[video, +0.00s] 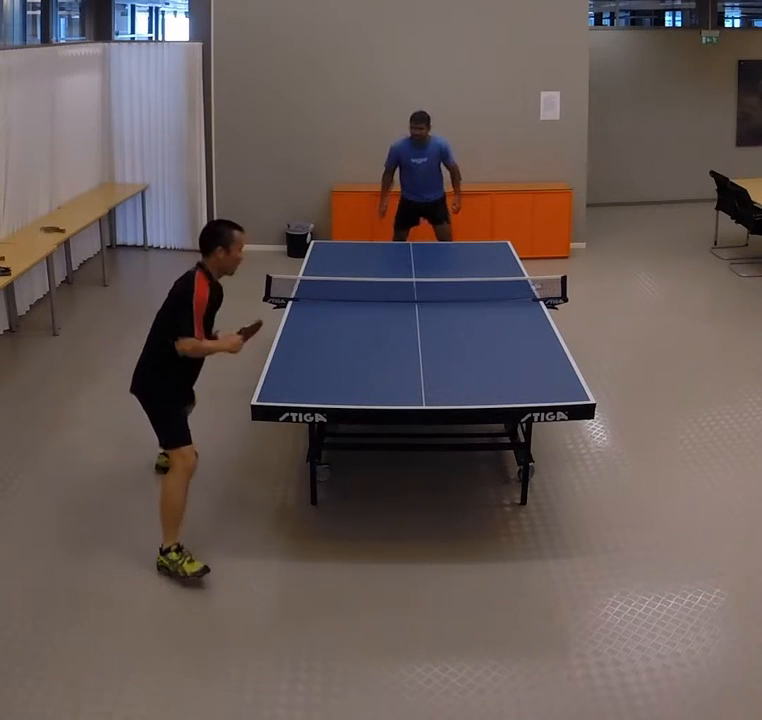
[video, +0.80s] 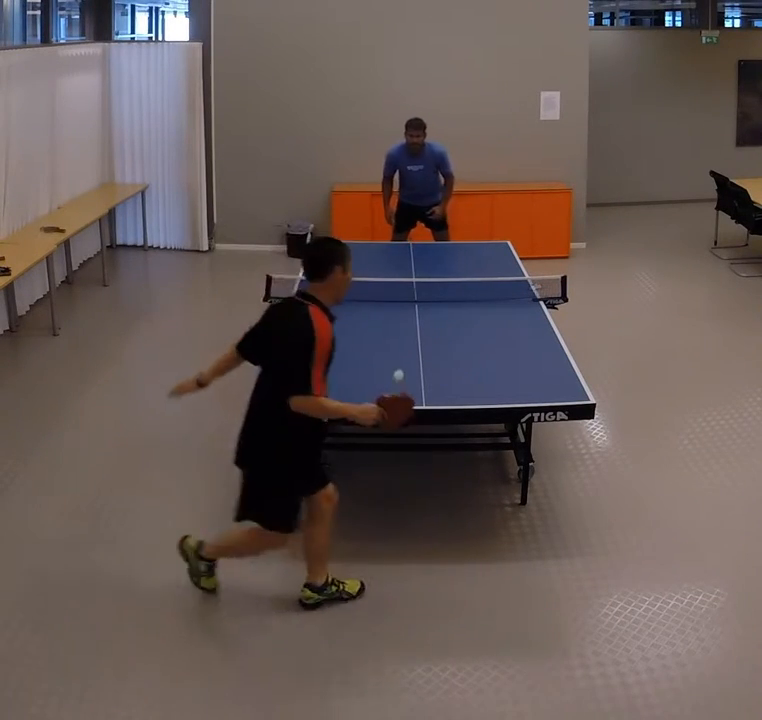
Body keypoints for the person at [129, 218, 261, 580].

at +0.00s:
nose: (242, 258)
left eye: (242, 251)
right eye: (239, 251)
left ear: (219, 252)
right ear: (219, 252)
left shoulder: (211, 285)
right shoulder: (194, 288)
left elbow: (200, 336)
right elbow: (183, 345)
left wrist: (233, 337)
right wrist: (222, 345)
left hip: (175, 378)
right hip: (156, 385)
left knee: (184, 408)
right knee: (184, 460)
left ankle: (165, 456)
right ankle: (169, 550)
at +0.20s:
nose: (245, 262)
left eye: (245, 255)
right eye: (242, 255)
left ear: (219, 255)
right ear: (220, 257)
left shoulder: (209, 284)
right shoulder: (195, 301)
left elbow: (225, 317)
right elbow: (224, 363)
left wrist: (262, 317)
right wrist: (268, 334)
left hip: (181, 386)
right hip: (163, 398)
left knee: (185, 432)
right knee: (190, 480)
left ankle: (164, 472)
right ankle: (171, 556)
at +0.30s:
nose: (255, 259)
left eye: (256, 252)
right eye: (252, 252)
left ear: (226, 252)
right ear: (231, 255)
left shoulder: (214, 281)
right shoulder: (203, 297)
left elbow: (236, 301)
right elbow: (235, 358)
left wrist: (273, 286)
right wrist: (285, 328)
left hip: (190, 391)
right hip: (167, 399)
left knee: (197, 451)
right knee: (185, 480)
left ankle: (165, 495)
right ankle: (170, 555)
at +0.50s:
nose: (286, 261)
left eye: (286, 253)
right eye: (280, 253)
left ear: (253, 257)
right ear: (254, 256)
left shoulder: (231, 285)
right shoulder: (236, 301)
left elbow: (202, 293)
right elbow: (250, 368)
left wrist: (198, 290)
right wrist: (301, 377)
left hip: (220, 406)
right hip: (193, 409)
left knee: (245, 470)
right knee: (189, 490)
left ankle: (243, 551)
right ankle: (170, 555)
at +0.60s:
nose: (304, 269)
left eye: (304, 261)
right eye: (298, 261)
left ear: (272, 263)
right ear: (272, 263)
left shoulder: (240, 294)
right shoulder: (257, 310)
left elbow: (200, 311)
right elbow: (262, 381)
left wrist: (168, 318)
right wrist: (313, 396)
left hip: (240, 417)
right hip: (217, 419)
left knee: (265, 487)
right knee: (199, 494)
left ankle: (293, 569)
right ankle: (171, 556)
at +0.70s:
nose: (329, 276)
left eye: (329, 268)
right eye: (324, 268)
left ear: (299, 269)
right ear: (300, 269)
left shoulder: (262, 303)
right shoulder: (285, 320)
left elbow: (216, 334)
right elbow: (276, 393)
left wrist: (173, 354)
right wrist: (338, 410)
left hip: (270, 428)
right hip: (243, 432)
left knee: (293, 494)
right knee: (225, 511)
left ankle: (312, 581)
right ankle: (174, 551)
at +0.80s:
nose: (351, 278)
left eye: (349, 270)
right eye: (348, 271)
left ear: (313, 273)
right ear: (335, 274)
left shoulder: (285, 310)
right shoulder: (315, 327)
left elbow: (241, 351)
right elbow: (301, 400)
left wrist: (203, 378)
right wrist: (354, 412)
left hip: (278, 433)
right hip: (279, 443)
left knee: (324, 497)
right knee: (275, 533)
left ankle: (318, 583)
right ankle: (202, 551)